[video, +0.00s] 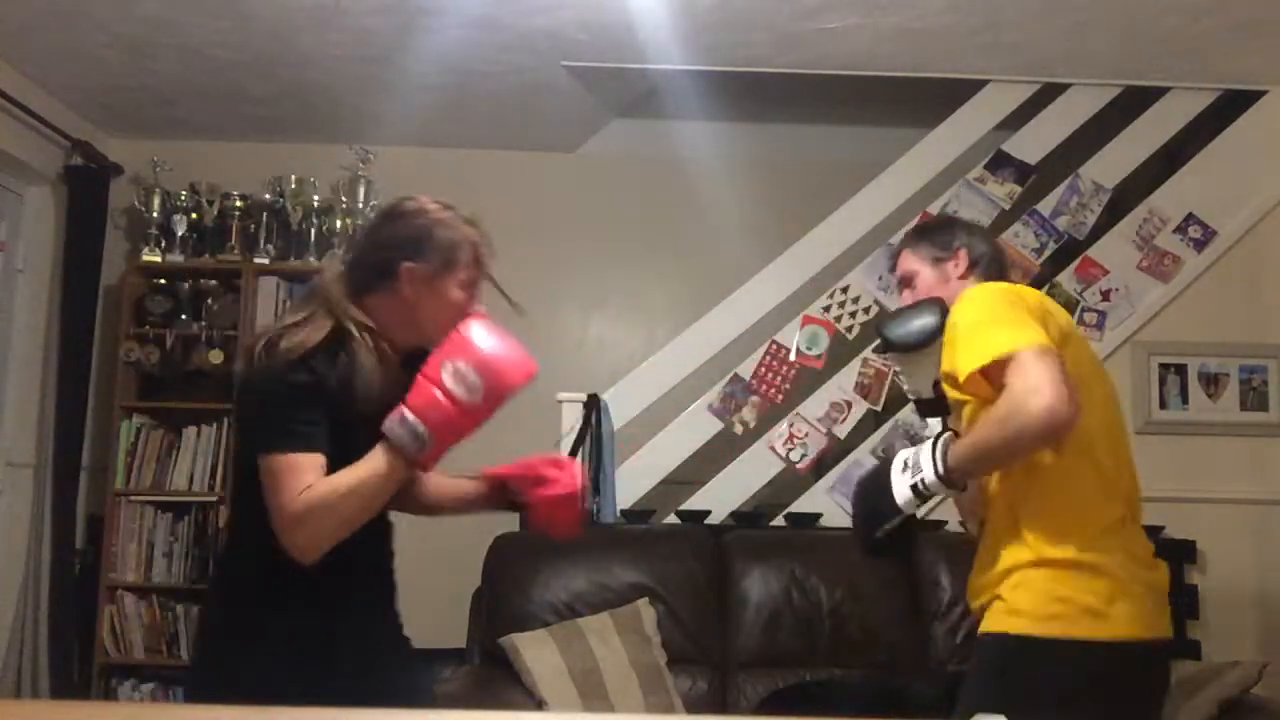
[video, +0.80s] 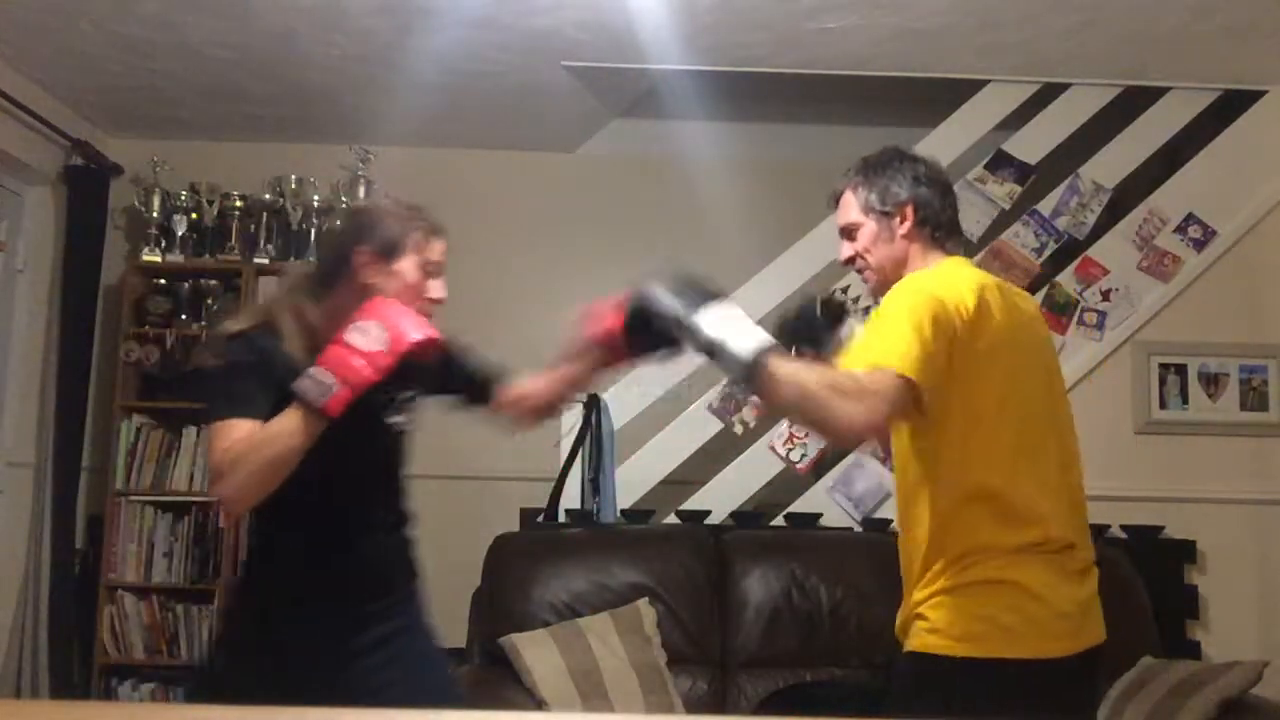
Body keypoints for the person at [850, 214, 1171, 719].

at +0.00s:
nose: (903, 302)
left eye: (909, 281)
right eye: (899, 290)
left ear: (959, 264)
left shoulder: (989, 300)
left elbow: (1043, 403)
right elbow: (990, 515)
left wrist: (929, 468)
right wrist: (934, 415)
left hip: (1051, 631)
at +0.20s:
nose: (908, 275)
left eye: (917, 255)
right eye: (905, 262)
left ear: (971, 245)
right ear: (970, 249)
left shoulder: (1026, 308)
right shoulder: (1007, 328)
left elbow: (1106, 443)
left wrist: (960, 479)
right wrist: (932, 390)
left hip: (1061, 621)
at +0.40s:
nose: (879, 267)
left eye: (890, 246)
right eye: (876, 253)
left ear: (946, 238)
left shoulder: (1010, 313)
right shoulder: (964, 346)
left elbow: (1074, 461)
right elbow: (964, 504)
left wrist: (941, 414)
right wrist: (886, 447)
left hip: (1044, 638)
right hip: (1003, 635)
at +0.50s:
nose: (858, 268)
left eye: (867, 245)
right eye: (855, 252)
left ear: (924, 234)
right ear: (921, 238)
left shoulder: (985, 311)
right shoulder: (961, 329)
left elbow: (1015, 481)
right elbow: (959, 504)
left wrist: (879, 427)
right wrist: (880, 426)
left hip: (1020, 638)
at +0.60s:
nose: (845, 247)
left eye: (854, 226)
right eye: (841, 233)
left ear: (909, 212)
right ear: (905, 217)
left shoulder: (959, 286)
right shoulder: (952, 294)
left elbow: (986, 448)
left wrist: (838, 405)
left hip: (1001, 627)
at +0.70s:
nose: (841, 254)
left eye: (849, 232)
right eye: (837, 239)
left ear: (901, 218)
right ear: (903, 219)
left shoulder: (934, 294)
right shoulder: (1000, 300)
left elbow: (926, 442)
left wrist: (789, 399)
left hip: (984, 649)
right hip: (1050, 642)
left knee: (784, 709)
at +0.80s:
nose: (848, 256)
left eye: (852, 234)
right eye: (842, 240)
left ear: (904, 220)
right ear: (913, 221)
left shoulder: (929, 294)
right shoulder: (1018, 306)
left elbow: (859, 407)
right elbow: (927, 455)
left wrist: (730, 335)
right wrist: (827, 377)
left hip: (980, 654)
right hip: (1064, 648)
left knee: (784, 705)